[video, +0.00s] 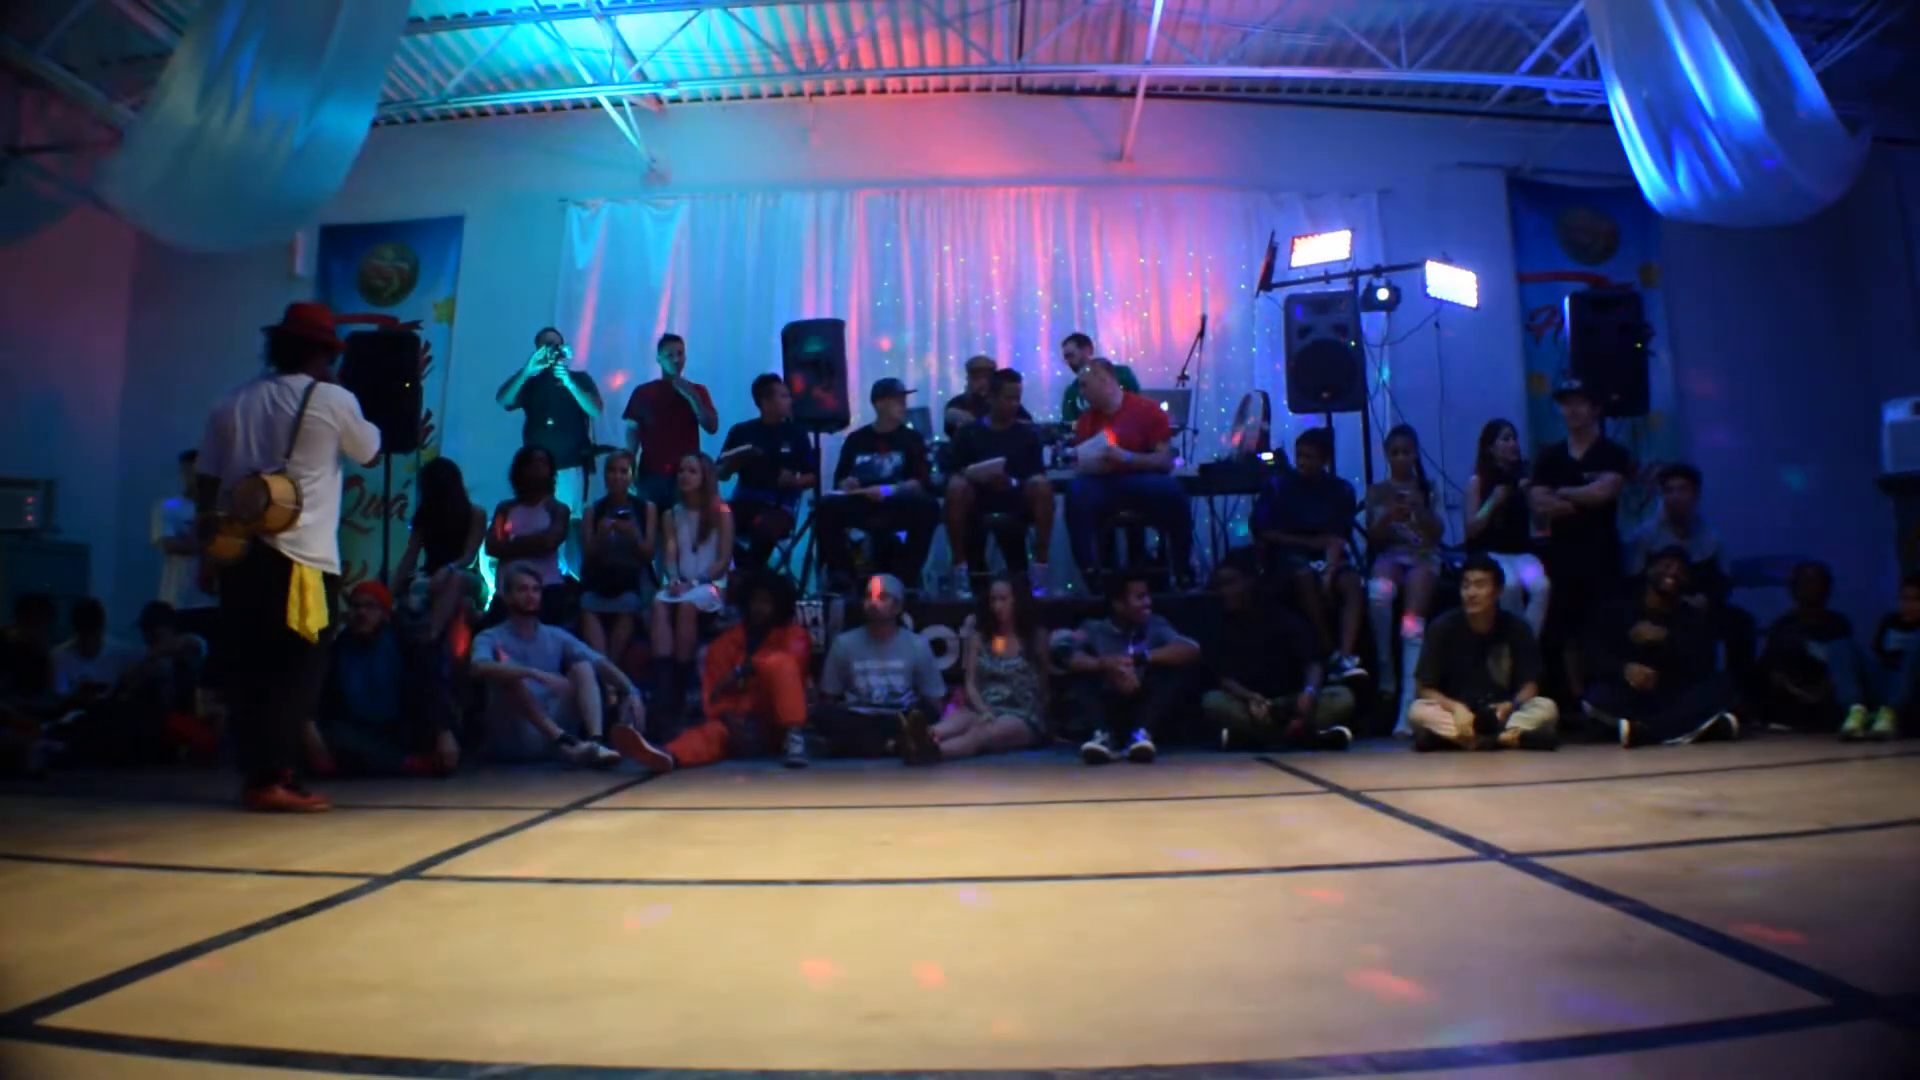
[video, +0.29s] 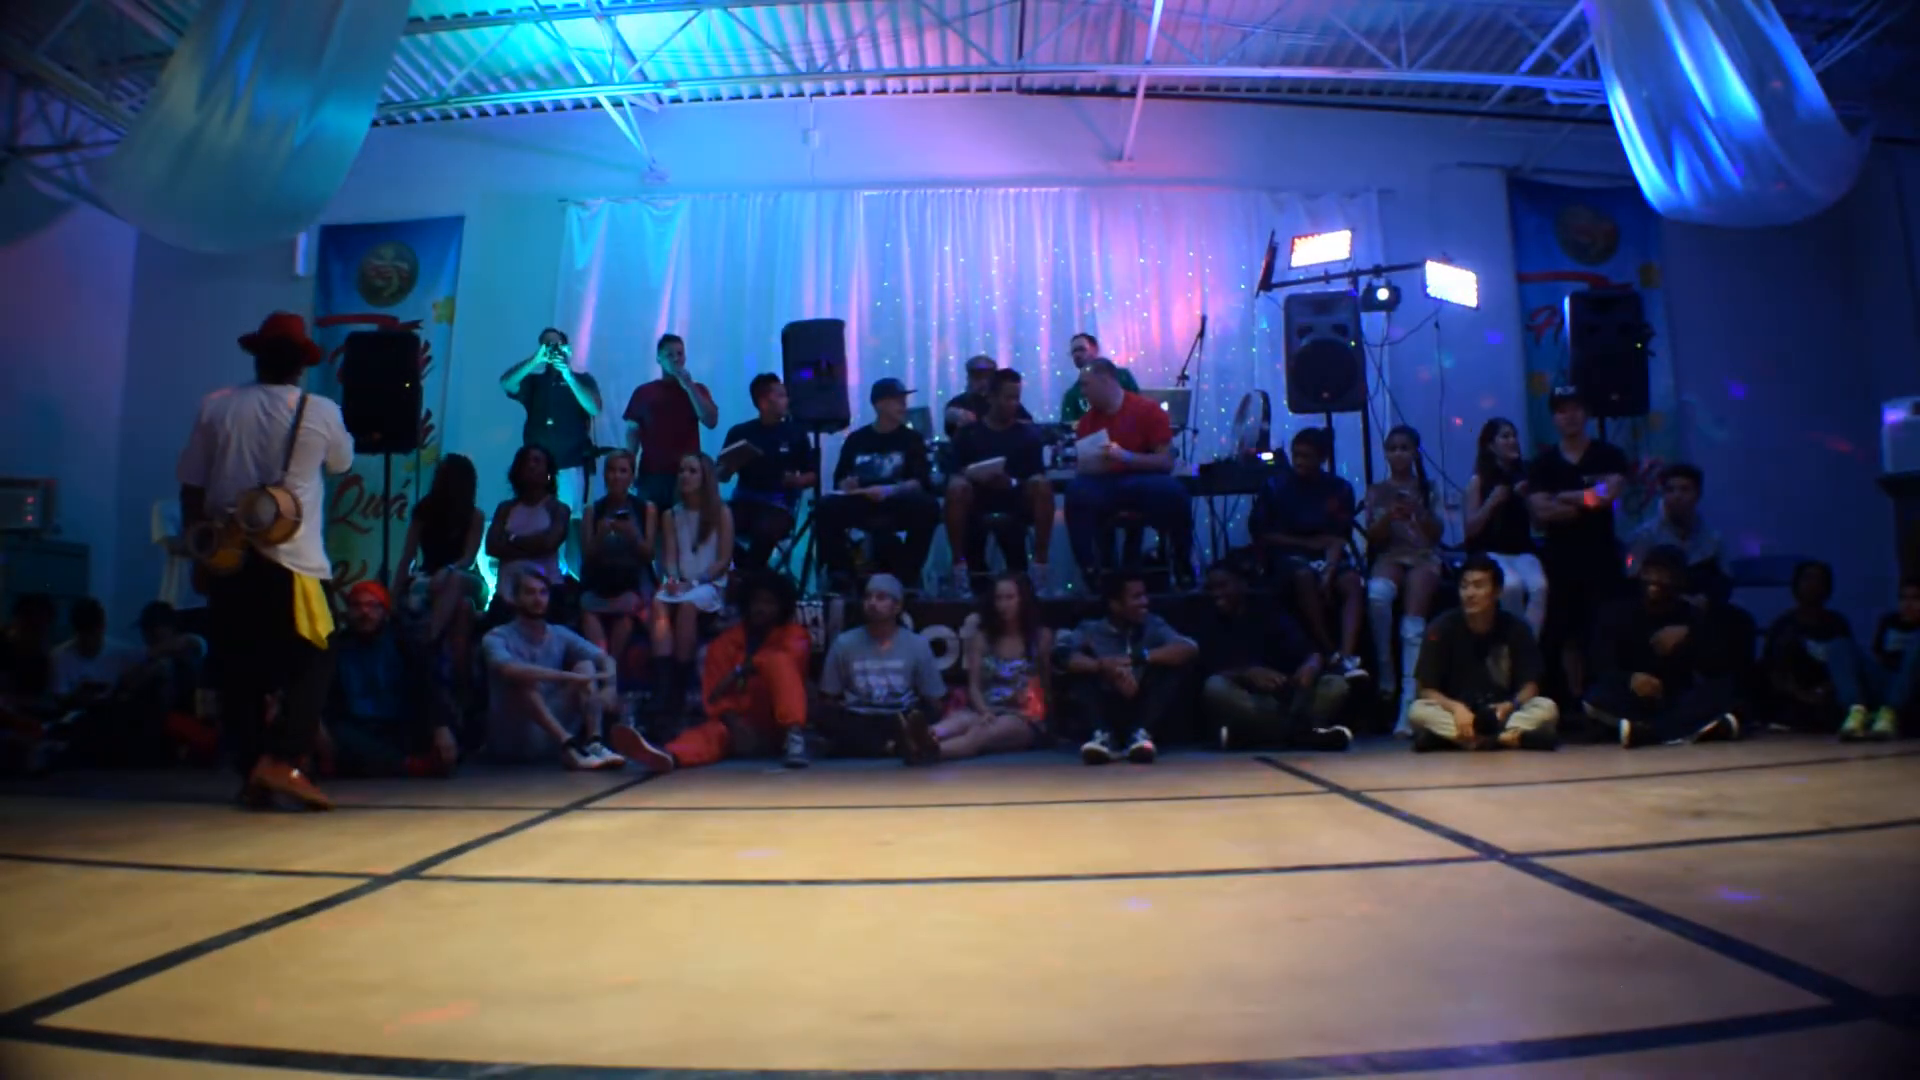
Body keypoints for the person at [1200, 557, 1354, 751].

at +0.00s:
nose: (1227, 591)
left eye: (1232, 583)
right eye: (1222, 585)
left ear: (1249, 582)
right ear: (1217, 590)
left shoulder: (1279, 615)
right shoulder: (1221, 626)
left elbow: (1313, 662)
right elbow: (1221, 676)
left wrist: (1308, 696)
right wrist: (1250, 698)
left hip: (1291, 694)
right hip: (1249, 700)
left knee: (1341, 698)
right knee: (1213, 702)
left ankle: (1251, 737)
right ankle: (1307, 737)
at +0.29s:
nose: (1217, 594)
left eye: (1223, 586)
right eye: (1212, 589)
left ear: (1240, 585)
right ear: (1207, 592)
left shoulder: (1265, 613)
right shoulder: (1211, 625)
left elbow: (1313, 653)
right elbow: (1212, 670)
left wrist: (1309, 670)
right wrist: (1249, 674)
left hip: (1287, 684)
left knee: (1335, 685)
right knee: (1215, 687)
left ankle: (1251, 736)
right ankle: (1305, 735)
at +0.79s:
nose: (1226, 594)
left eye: (1232, 586)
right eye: (1221, 588)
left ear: (1247, 586)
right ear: (1215, 593)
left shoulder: (1266, 612)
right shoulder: (1215, 621)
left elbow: (1314, 624)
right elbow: (1212, 661)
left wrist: (1312, 639)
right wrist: (1252, 663)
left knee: (1293, 638)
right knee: (1210, 679)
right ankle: (1282, 733)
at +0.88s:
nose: (1227, 594)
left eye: (1233, 587)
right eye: (1221, 589)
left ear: (1248, 587)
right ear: (1215, 592)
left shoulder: (1267, 614)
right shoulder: (1214, 622)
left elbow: (1314, 632)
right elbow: (1207, 660)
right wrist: (1260, 662)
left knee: (1290, 637)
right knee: (1207, 678)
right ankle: (1279, 732)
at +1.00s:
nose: (1232, 594)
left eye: (1237, 586)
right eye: (1226, 588)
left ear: (1251, 587)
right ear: (1219, 592)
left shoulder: (1270, 615)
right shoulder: (1217, 623)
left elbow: (1311, 633)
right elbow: (1207, 661)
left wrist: (1273, 661)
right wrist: (1255, 671)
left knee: (1289, 637)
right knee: (1203, 686)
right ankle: (1275, 732)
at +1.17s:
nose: (1232, 593)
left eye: (1238, 586)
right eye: (1227, 588)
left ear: (1253, 586)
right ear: (1221, 591)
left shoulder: (1273, 614)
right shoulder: (1219, 623)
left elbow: (1317, 637)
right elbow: (1214, 668)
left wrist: (1276, 670)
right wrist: (1261, 685)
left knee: (1294, 639)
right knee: (1202, 688)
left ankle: (1250, 734)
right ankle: (1280, 733)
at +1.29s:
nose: (1233, 593)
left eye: (1239, 585)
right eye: (1227, 587)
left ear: (1254, 585)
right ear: (1221, 590)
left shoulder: (1273, 613)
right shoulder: (1218, 623)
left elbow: (1317, 635)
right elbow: (1215, 670)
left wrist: (1280, 674)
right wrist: (1268, 689)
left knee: (1295, 640)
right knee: (1201, 691)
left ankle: (1249, 734)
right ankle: (1279, 733)